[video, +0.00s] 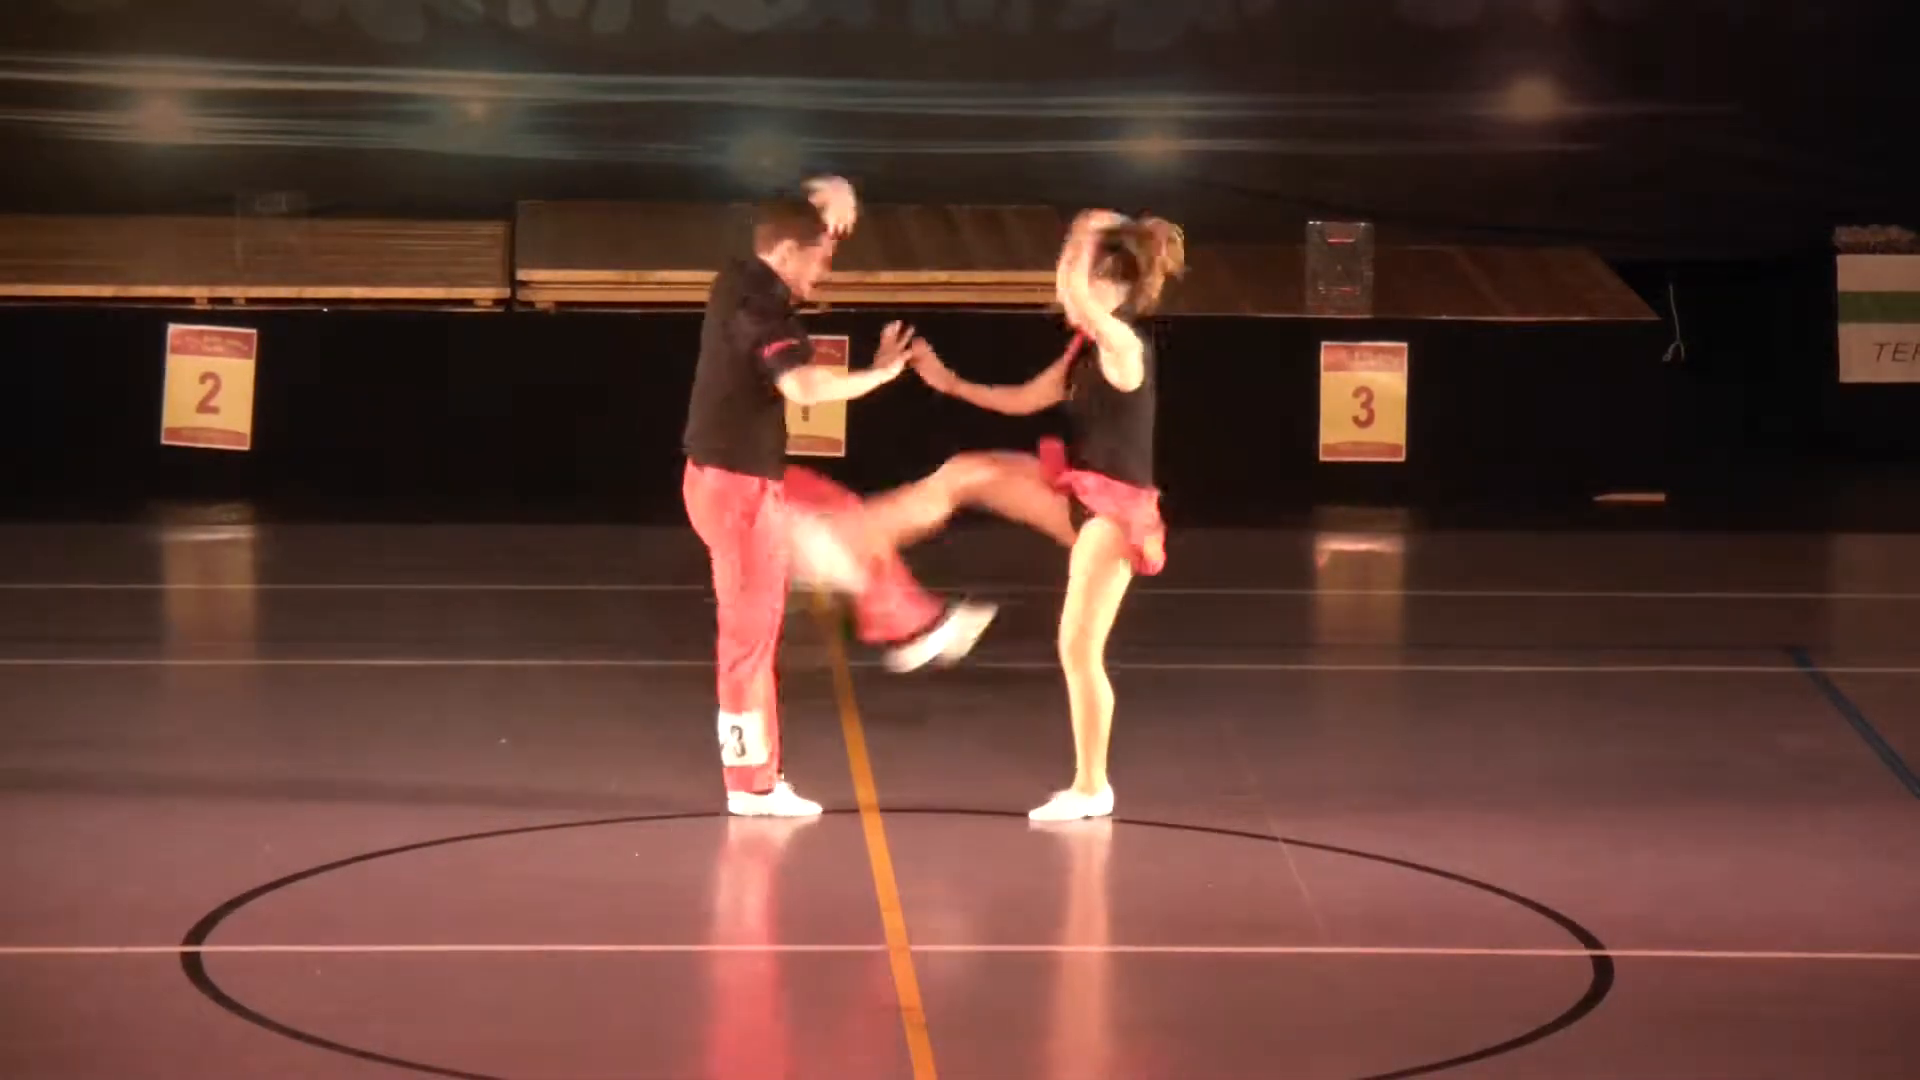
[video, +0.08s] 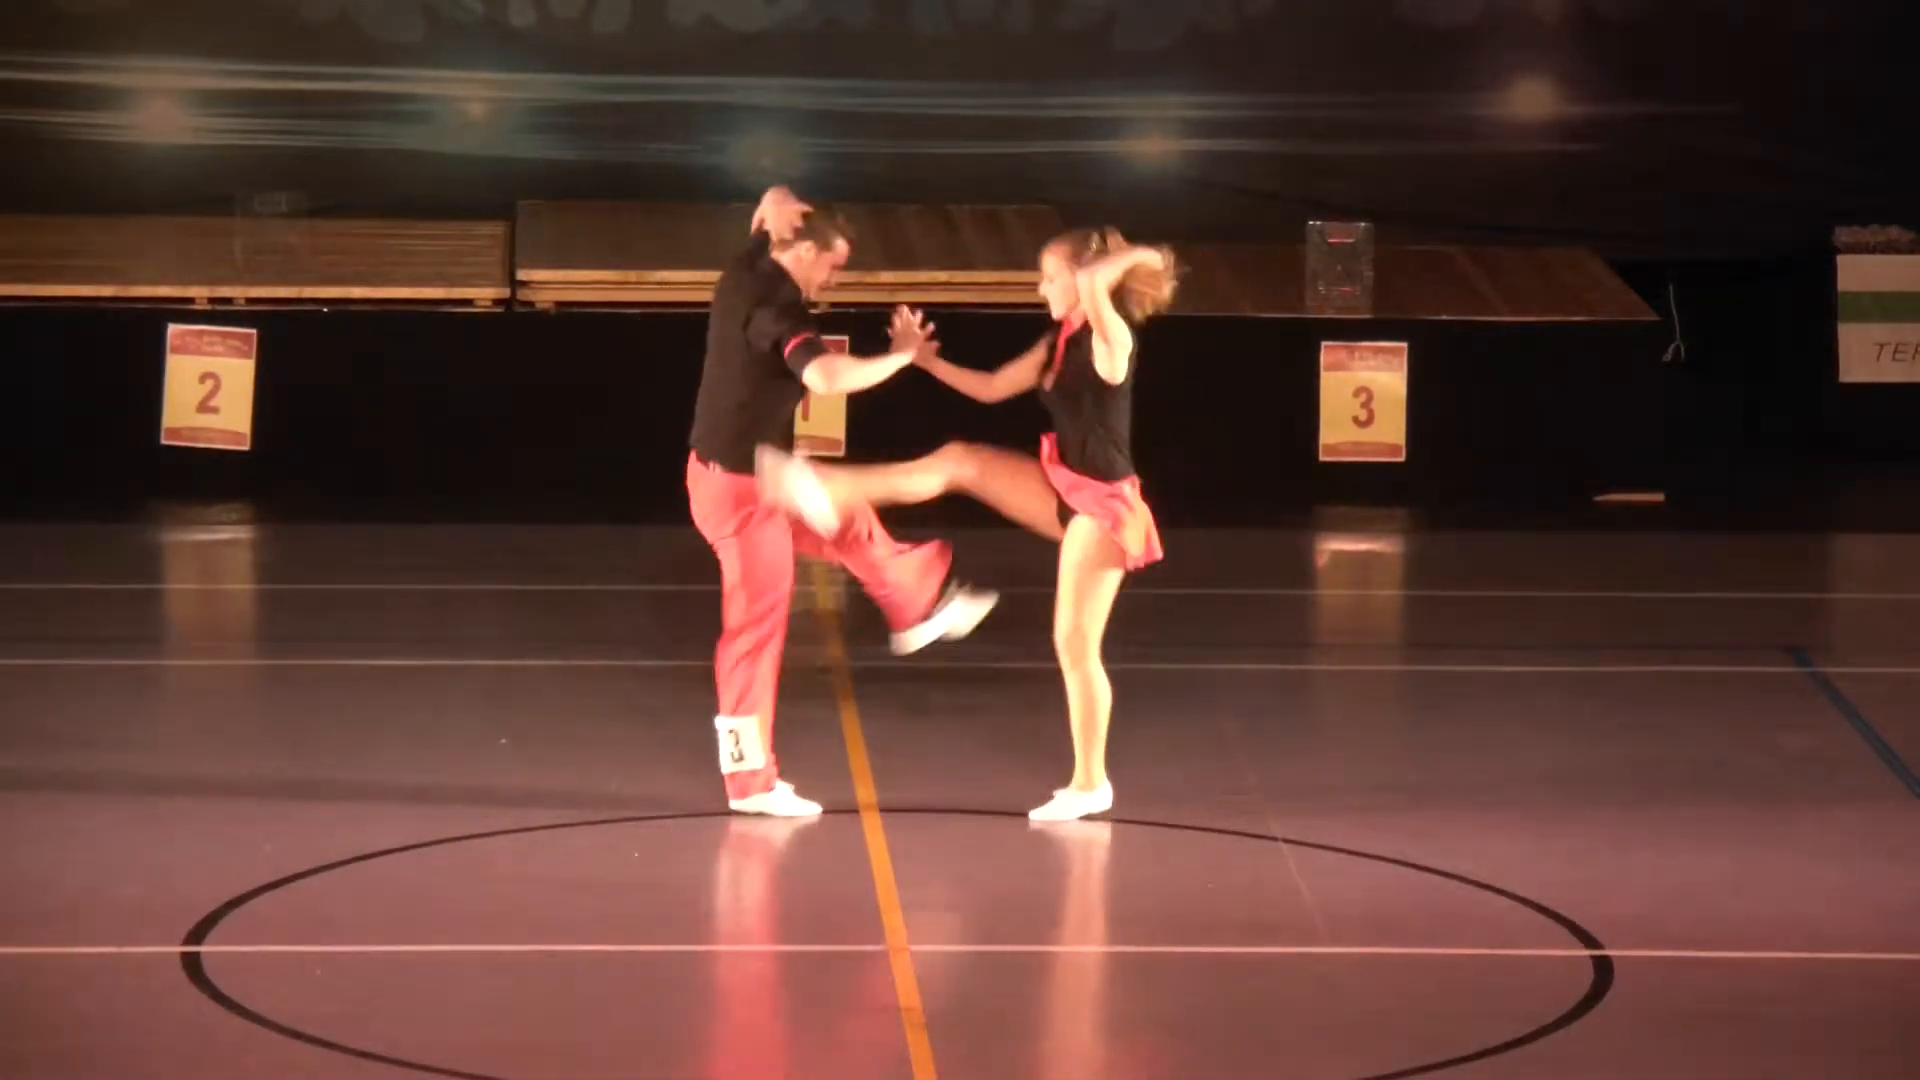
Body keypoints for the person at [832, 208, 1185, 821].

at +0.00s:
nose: (1072, 278)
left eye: (1088, 271)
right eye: (1075, 269)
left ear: (1117, 285)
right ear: (1093, 283)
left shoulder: (1127, 346)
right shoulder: (1088, 346)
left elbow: (1072, 293)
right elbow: (1024, 401)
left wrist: (1084, 235)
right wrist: (950, 383)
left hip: (1116, 517)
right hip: (1075, 498)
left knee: (1079, 648)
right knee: (962, 474)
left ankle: (1091, 788)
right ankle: (846, 541)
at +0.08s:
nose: (1043, 288)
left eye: (1052, 277)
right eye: (1043, 277)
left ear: (1085, 279)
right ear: (1055, 283)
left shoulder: (1111, 343)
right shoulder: (1057, 342)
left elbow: (1092, 290)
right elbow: (991, 388)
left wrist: (1133, 257)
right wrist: (923, 358)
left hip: (1104, 510)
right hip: (1061, 493)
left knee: (1076, 644)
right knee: (955, 461)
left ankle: (1090, 783)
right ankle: (828, 488)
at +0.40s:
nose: (1002, 286)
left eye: (1012, 275)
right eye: (1003, 274)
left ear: (1049, 282)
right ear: (1034, 281)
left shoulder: (1061, 357)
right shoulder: (1030, 345)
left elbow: (1032, 454)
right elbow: (980, 413)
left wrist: (987, 391)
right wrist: (912, 390)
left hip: (1044, 519)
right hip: (1049, 515)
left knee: (1001, 652)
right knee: (1037, 649)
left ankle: (1039, 794)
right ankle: (1066, 778)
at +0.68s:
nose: (1015, 282)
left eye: (1027, 271)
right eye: (1008, 271)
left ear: (1062, 277)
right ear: (1003, 276)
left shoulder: (1077, 339)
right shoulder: (998, 334)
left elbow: (1090, 421)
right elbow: (1005, 414)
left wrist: (1097, 399)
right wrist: (1074, 370)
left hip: (1048, 503)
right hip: (989, 501)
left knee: (1082, 623)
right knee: (984, 636)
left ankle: (962, 587)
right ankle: (938, 767)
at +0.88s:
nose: (1022, 274)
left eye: (1034, 265)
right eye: (1024, 263)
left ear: (1069, 277)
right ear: (1035, 274)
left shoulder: (1084, 352)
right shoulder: (1020, 334)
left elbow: (1119, 444)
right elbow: (951, 375)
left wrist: (1056, 399)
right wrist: (918, 344)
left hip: (1054, 508)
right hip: (1015, 505)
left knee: (1030, 645)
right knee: (964, 619)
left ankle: (1051, 792)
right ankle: (1014, 756)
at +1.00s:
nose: (1039, 268)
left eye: (1049, 258)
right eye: (1040, 257)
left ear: (1080, 263)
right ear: (1075, 263)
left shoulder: (1089, 331)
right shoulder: (1057, 327)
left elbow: (1111, 415)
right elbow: (985, 350)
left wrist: (1051, 384)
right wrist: (905, 343)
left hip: (1050, 485)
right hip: (1073, 487)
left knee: (984, 616)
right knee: (1025, 622)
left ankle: (1016, 759)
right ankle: (1027, 755)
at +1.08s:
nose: (1058, 267)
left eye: (1069, 257)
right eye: (1058, 255)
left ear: (1104, 260)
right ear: (1068, 255)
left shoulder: (1107, 316)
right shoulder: (1062, 317)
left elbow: (1139, 369)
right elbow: (984, 345)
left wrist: (1133, 371)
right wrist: (903, 341)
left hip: (1072, 475)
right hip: (1086, 481)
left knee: (929, 503)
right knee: (1034, 612)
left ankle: (948, 639)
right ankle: (1045, 753)